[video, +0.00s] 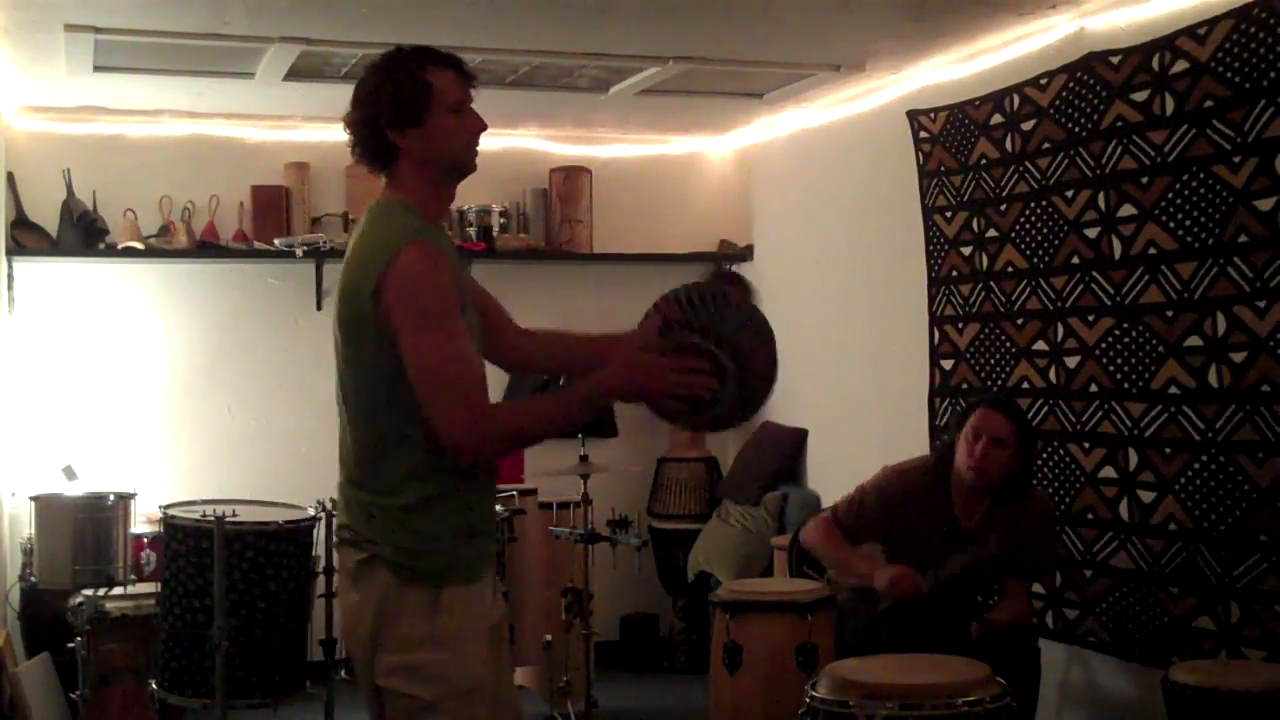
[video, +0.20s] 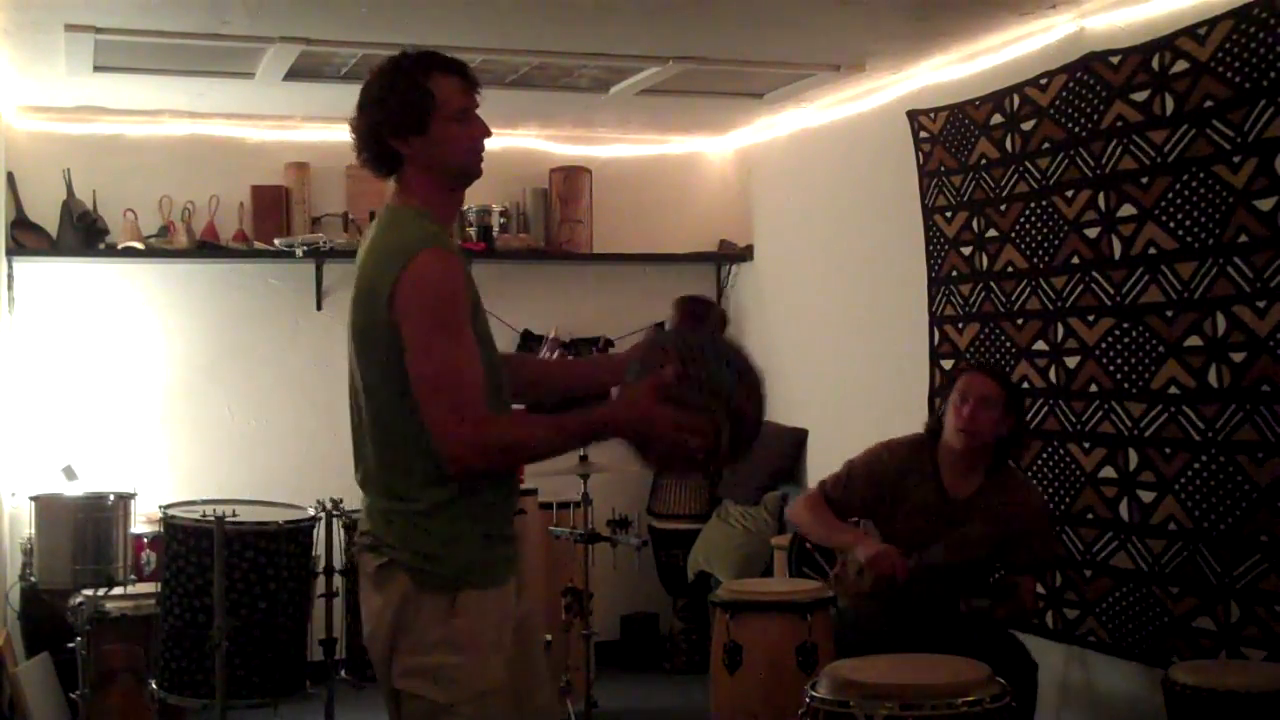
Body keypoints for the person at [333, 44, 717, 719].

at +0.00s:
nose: (481, 122)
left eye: (473, 106)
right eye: (462, 108)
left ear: (409, 133)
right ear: (404, 130)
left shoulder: (418, 238)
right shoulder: (409, 251)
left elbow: (514, 346)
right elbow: (469, 431)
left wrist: (637, 344)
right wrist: (610, 385)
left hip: (433, 566)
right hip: (418, 578)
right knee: (449, 709)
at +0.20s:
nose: (485, 128)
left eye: (478, 112)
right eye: (464, 115)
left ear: (413, 141)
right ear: (407, 138)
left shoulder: (412, 241)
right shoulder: (424, 256)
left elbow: (489, 376)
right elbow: (466, 440)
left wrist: (624, 365)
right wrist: (615, 416)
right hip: (442, 577)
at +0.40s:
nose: (508, 123)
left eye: (501, 109)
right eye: (487, 111)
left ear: (445, 138)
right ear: (431, 136)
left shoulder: (453, 245)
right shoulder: (440, 254)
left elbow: (477, 396)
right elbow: (421, 435)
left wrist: (578, 396)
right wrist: (562, 423)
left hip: (502, 568)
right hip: (455, 580)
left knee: (562, 704)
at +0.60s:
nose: (545, 136)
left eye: (539, 122)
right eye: (525, 124)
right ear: (472, 144)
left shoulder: (487, 255)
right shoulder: (471, 263)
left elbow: (499, 403)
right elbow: (434, 438)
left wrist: (594, 414)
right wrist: (577, 492)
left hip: (527, 570)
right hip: (472, 581)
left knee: (575, 713)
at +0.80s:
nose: (598, 137)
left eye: (593, 121)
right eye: (582, 120)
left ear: (530, 138)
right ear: (527, 134)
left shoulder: (533, 246)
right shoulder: (505, 244)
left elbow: (559, 390)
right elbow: (510, 413)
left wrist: (673, 365)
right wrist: (663, 408)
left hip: (561, 566)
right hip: (496, 574)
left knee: (593, 711)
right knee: (484, 709)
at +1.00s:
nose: (627, 147)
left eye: (626, 131)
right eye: (613, 128)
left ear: (571, 141)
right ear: (557, 136)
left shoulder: (577, 257)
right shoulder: (522, 246)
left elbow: (640, 383)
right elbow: (557, 402)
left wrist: (731, 366)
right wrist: (710, 379)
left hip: (619, 560)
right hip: (545, 571)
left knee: (641, 711)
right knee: (542, 709)